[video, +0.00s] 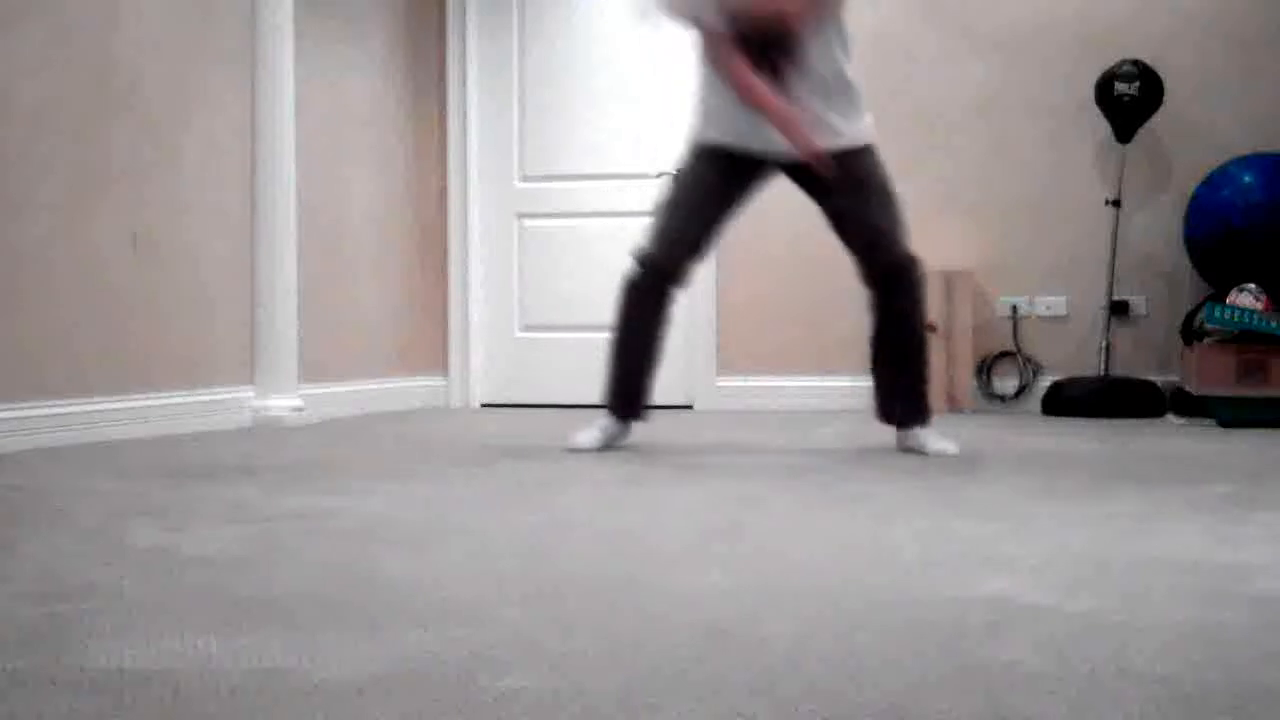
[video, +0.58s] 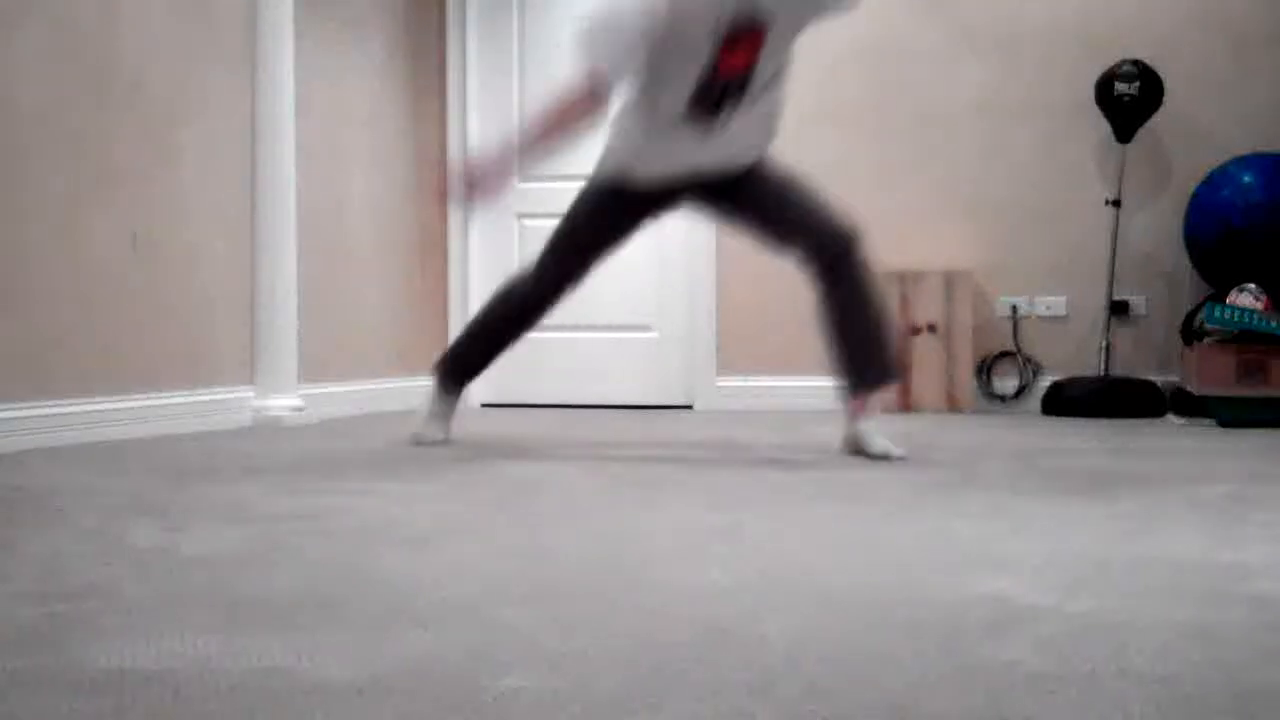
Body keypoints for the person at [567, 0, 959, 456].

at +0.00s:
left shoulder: (824, 4)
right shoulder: (709, 7)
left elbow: (800, 15)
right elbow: (723, 56)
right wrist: (795, 127)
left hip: (829, 128)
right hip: (735, 129)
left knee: (894, 270)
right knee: (656, 270)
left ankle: (911, 424)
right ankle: (620, 416)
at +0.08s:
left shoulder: (860, 7)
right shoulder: (744, 6)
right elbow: (771, 77)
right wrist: (831, 169)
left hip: (848, 149)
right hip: (748, 149)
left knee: (914, 274)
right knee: (667, 279)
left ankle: (916, 427)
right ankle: (625, 420)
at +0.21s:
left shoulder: (892, 4)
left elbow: (932, 53)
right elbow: (742, 52)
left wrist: (967, 151)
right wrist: (731, 144)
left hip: (847, 150)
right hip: (748, 144)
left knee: (913, 274)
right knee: (638, 261)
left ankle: (918, 431)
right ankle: (602, 412)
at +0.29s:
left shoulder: (881, 1)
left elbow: (973, 21)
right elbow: (684, 33)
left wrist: (1042, 81)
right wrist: (635, 119)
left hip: (833, 141)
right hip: (731, 132)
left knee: (900, 274)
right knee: (619, 244)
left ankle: (918, 430)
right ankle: (569, 388)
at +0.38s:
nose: (787, 22)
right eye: (773, 21)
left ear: (819, 6)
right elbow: (637, 8)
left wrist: (1077, 12)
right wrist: (553, 74)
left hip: (811, 125)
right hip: (707, 116)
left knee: (885, 254)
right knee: (599, 229)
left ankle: (917, 414)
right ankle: (532, 365)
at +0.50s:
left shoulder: (811, 11)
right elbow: (601, 25)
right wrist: (504, 90)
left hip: (763, 131)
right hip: (665, 128)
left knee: (863, 225)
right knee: (564, 241)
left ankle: (892, 395)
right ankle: (471, 367)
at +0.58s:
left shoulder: (792, 8)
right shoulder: (662, 11)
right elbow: (590, 92)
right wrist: (498, 165)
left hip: (734, 166)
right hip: (638, 171)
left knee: (834, 246)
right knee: (547, 282)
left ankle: (862, 416)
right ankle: (447, 386)